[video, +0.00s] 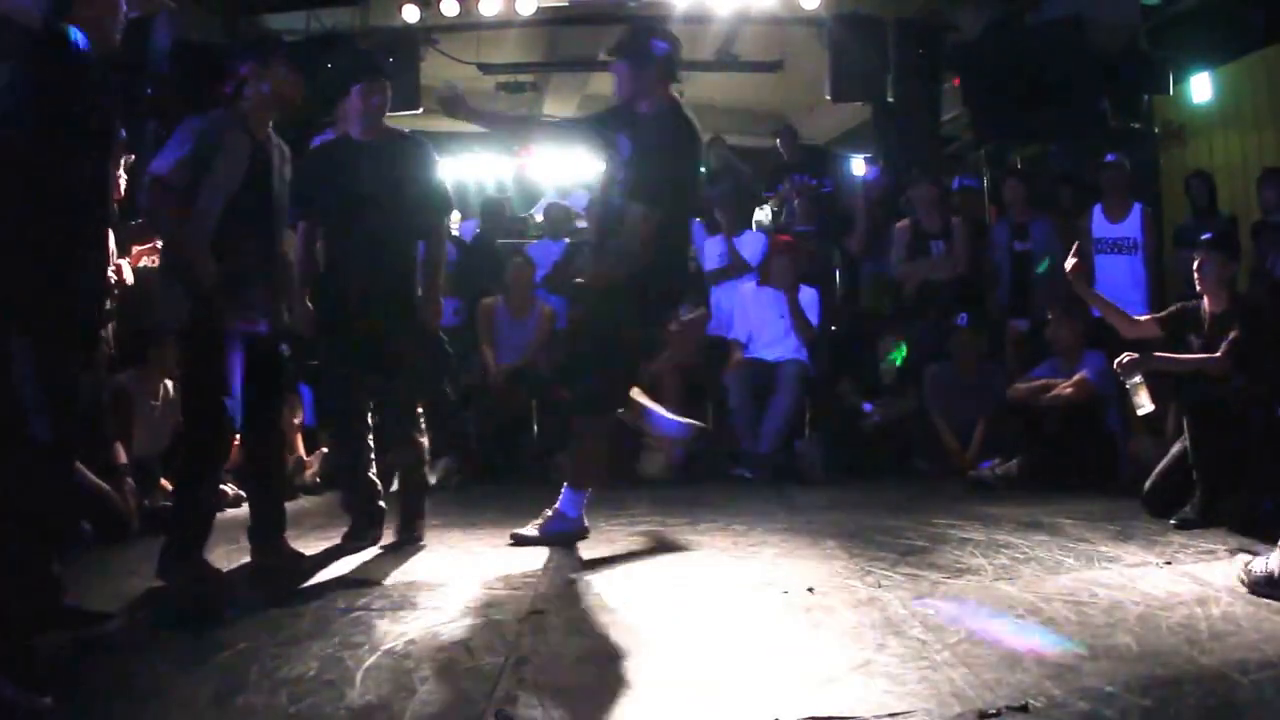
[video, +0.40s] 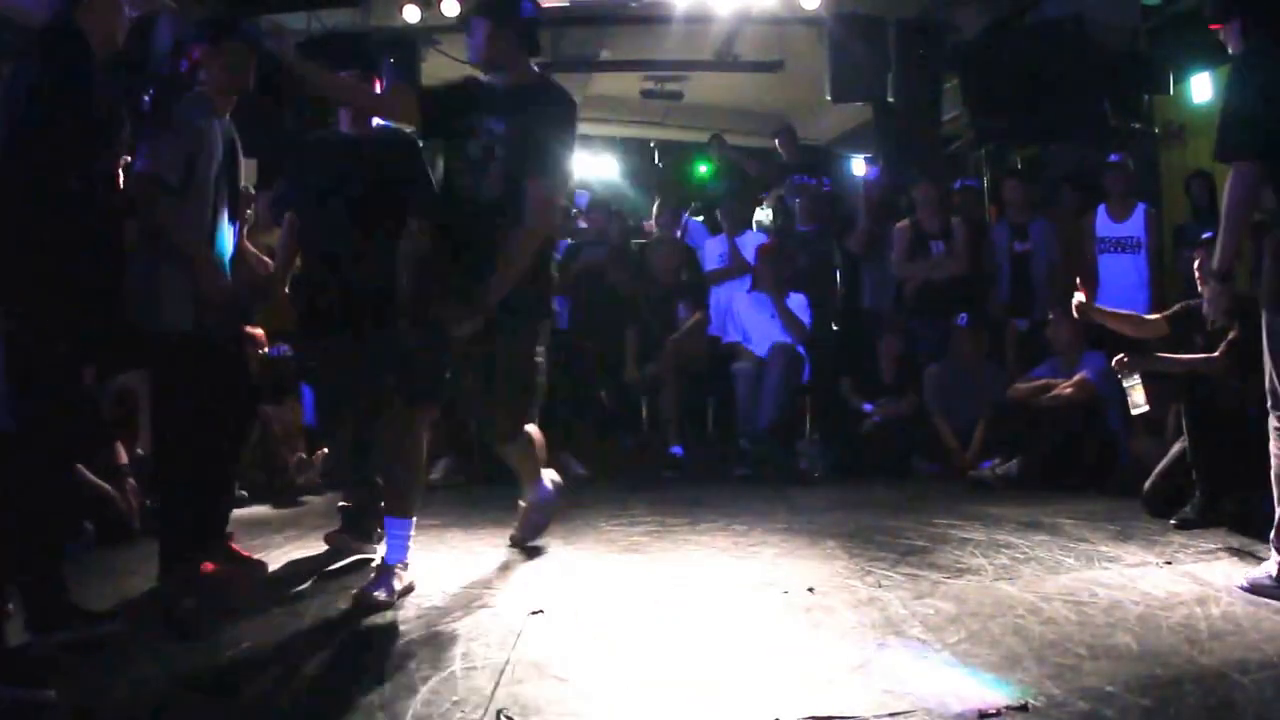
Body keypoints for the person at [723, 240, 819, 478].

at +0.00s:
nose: (784, 267)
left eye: (788, 261)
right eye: (779, 261)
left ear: (796, 265)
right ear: (768, 264)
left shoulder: (807, 295)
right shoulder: (749, 292)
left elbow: (807, 336)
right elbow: (739, 339)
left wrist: (791, 299)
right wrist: (735, 363)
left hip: (789, 358)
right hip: (756, 356)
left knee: (791, 376)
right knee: (735, 378)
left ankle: (764, 454)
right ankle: (748, 451)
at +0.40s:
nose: (769, 270)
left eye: (774, 264)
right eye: (764, 264)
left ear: (784, 268)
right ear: (757, 268)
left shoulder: (797, 300)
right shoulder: (740, 300)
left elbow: (800, 335)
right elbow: (732, 341)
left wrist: (776, 296)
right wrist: (756, 358)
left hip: (788, 357)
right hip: (753, 357)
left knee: (780, 351)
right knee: (743, 367)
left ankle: (764, 435)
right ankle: (746, 439)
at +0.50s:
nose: (770, 270)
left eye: (774, 264)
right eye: (764, 265)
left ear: (784, 267)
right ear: (756, 268)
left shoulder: (796, 300)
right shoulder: (740, 302)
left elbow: (800, 334)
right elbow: (728, 344)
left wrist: (775, 295)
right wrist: (753, 353)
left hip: (788, 361)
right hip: (752, 359)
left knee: (782, 338)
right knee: (746, 366)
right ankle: (752, 447)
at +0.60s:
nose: (766, 268)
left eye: (772, 263)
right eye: (760, 263)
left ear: (782, 266)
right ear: (753, 267)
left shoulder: (796, 299)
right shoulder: (737, 301)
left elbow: (802, 334)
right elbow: (726, 346)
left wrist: (777, 296)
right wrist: (754, 355)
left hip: (789, 366)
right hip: (749, 368)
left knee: (782, 328)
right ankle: (757, 454)